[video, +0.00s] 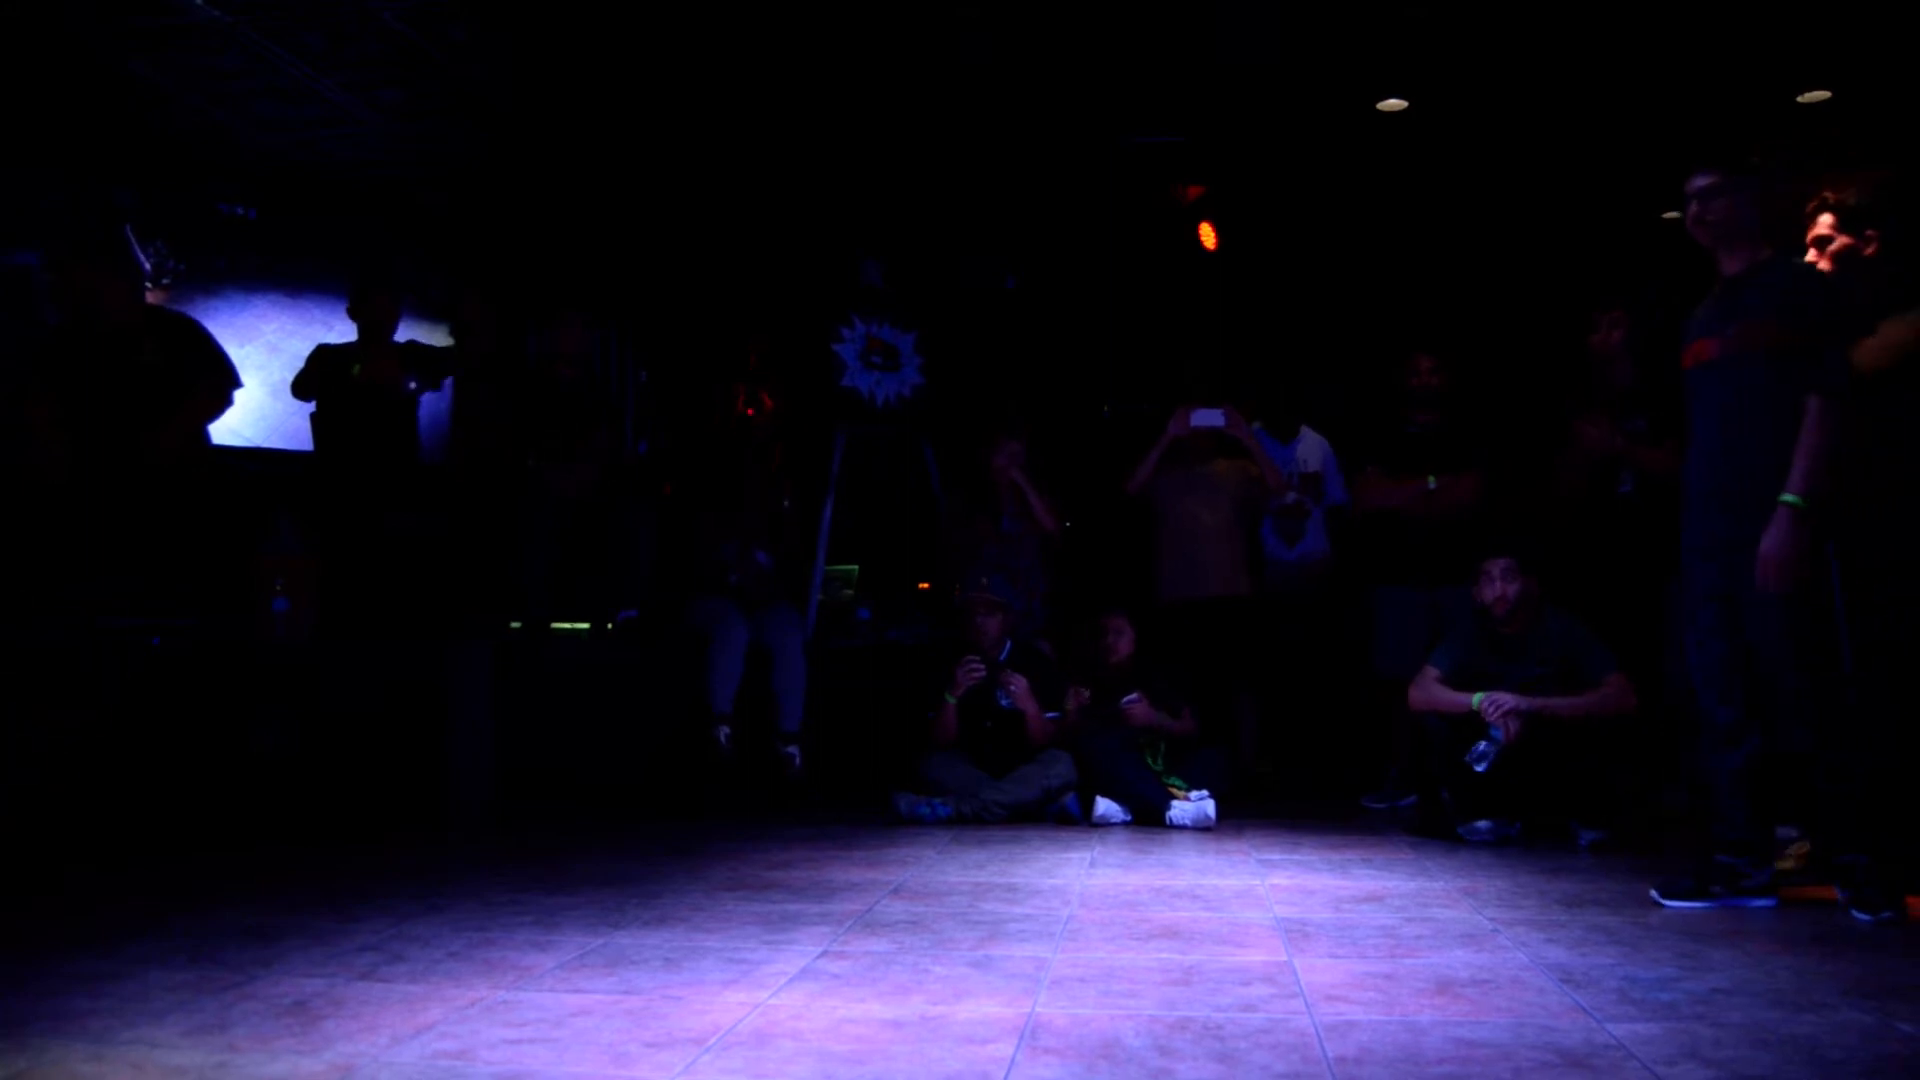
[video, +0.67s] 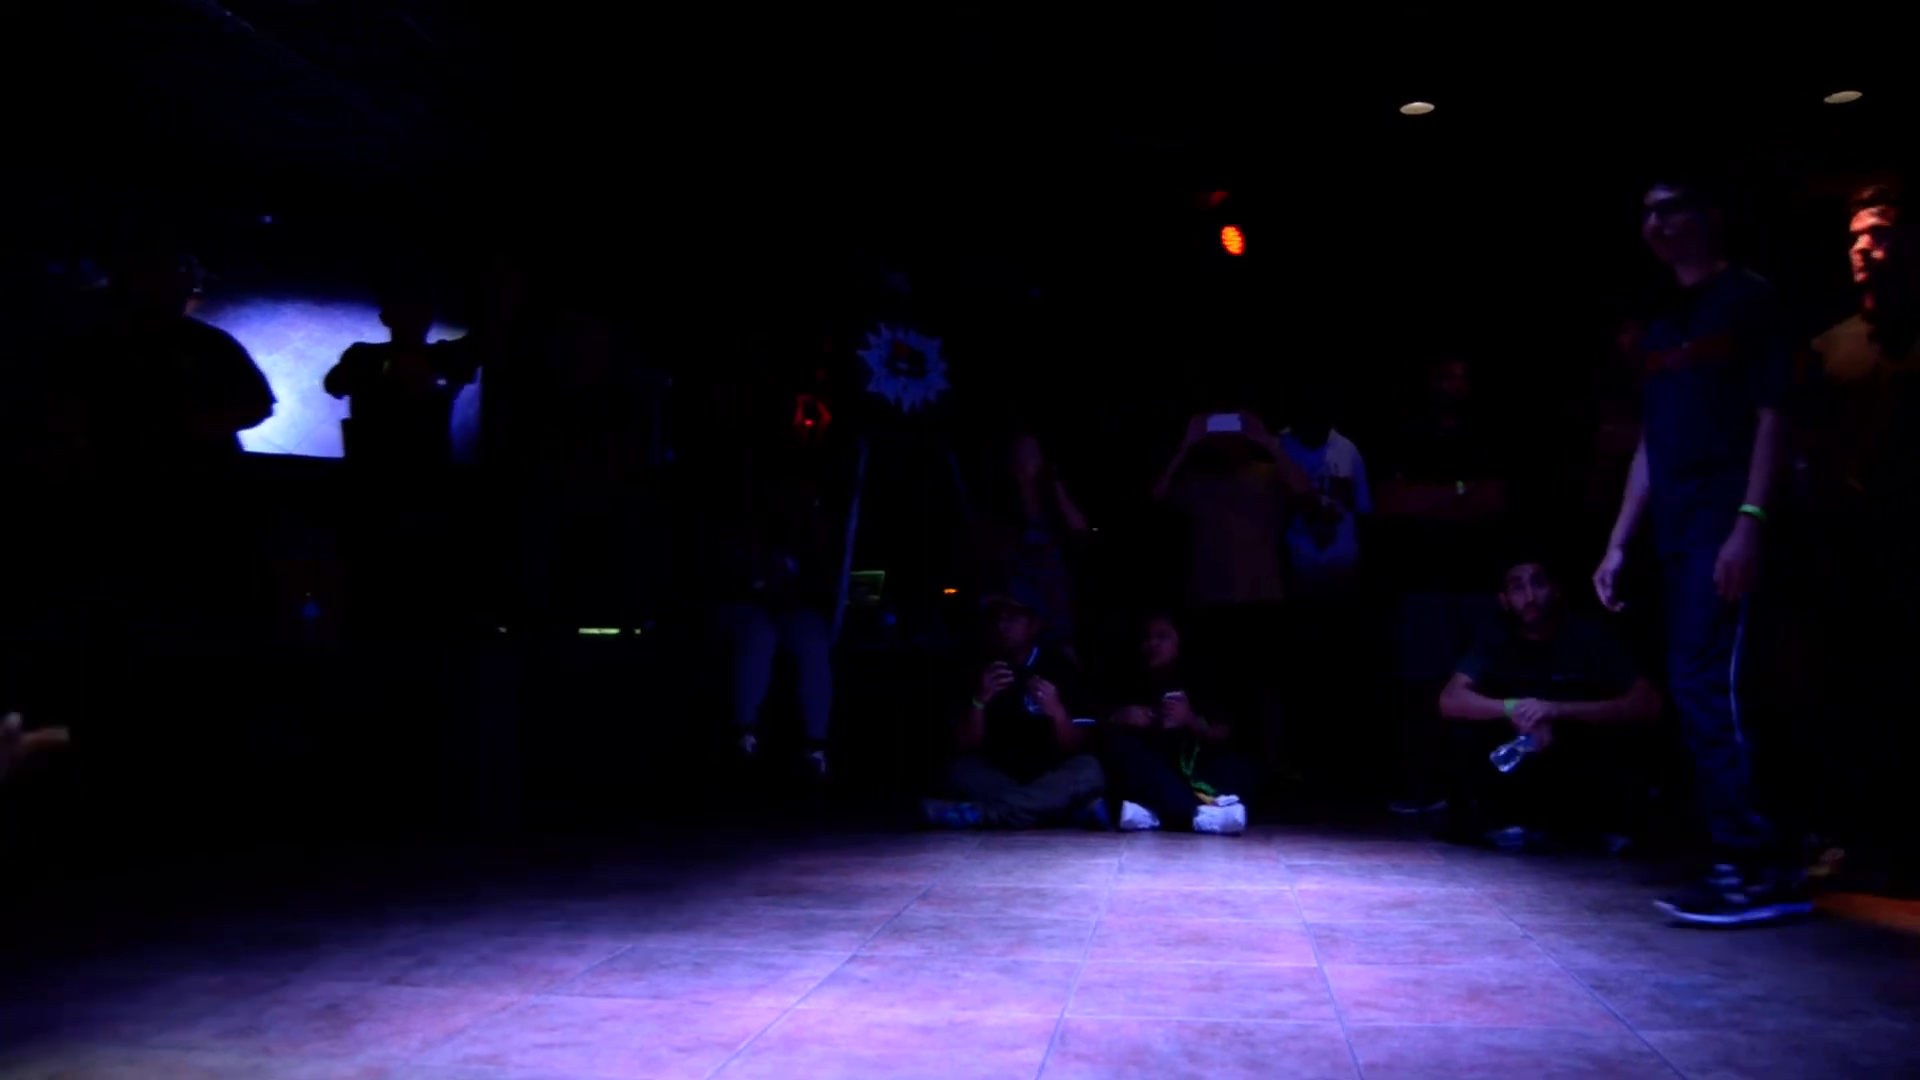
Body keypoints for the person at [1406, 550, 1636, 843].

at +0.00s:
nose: (1498, 591)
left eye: (1508, 579)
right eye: (1488, 581)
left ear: (1527, 584)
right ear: (1478, 589)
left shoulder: (1560, 631)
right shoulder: (1471, 632)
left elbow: (1619, 696)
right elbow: (1420, 693)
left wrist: (1528, 703)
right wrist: (1484, 704)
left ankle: (1587, 818)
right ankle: (1487, 815)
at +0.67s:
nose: (1530, 597)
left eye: (1538, 584)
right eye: (1518, 588)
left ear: (1554, 590)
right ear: (1505, 599)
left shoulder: (1588, 639)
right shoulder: (1497, 640)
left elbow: (1645, 702)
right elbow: (1451, 700)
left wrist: (1557, 709)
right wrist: (1518, 712)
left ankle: (1612, 826)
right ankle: (1510, 822)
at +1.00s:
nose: (1563, 597)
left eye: (1572, 584)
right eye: (1551, 588)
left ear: (1589, 589)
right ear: (1538, 598)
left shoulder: (1618, 639)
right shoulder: (1529, 639)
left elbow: (1652, 704)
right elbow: (1484, 699)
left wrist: (1592, 701)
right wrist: (1550, 705)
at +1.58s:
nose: (1572, 595)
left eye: (1577, 584)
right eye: (1562, 586)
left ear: (1592, 581)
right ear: (1549, 587)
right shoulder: (1553, 631)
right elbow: (1506, 692)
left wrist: (1607, 663)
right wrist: (1564, 707)